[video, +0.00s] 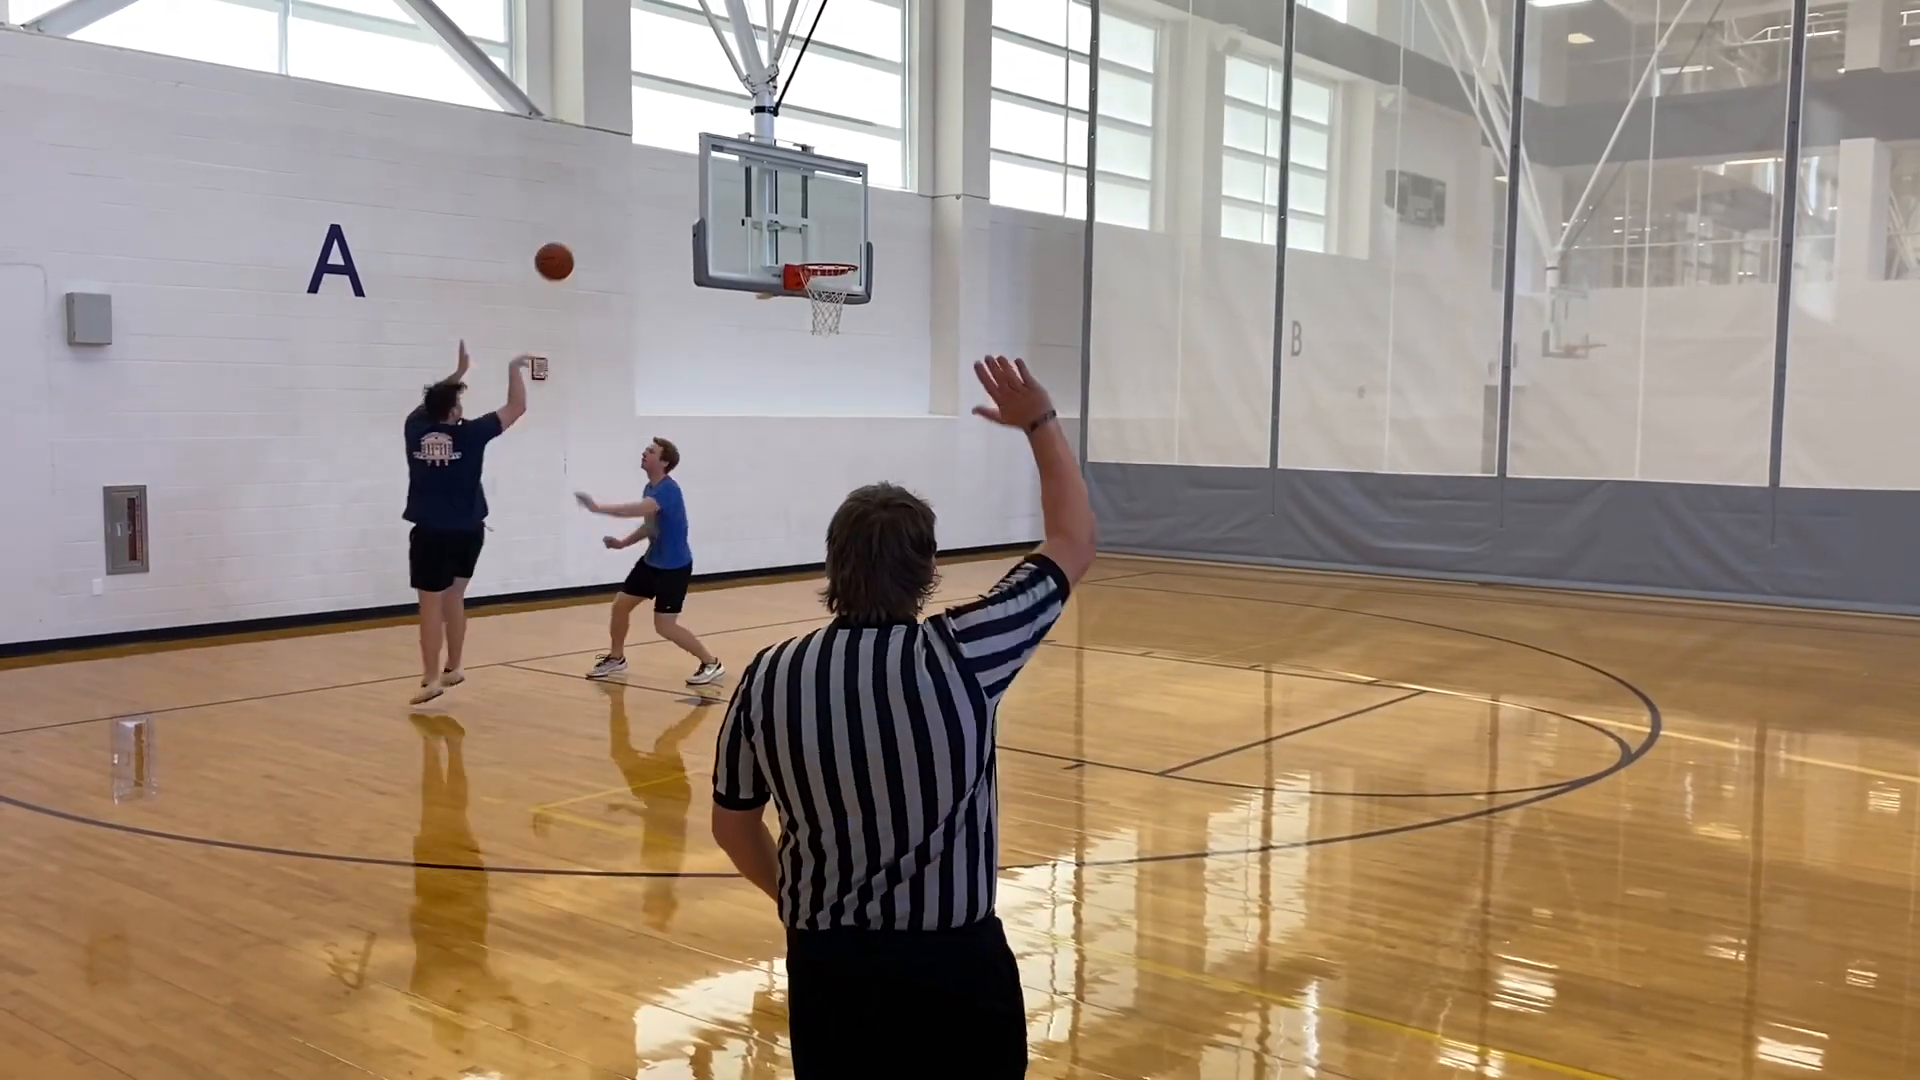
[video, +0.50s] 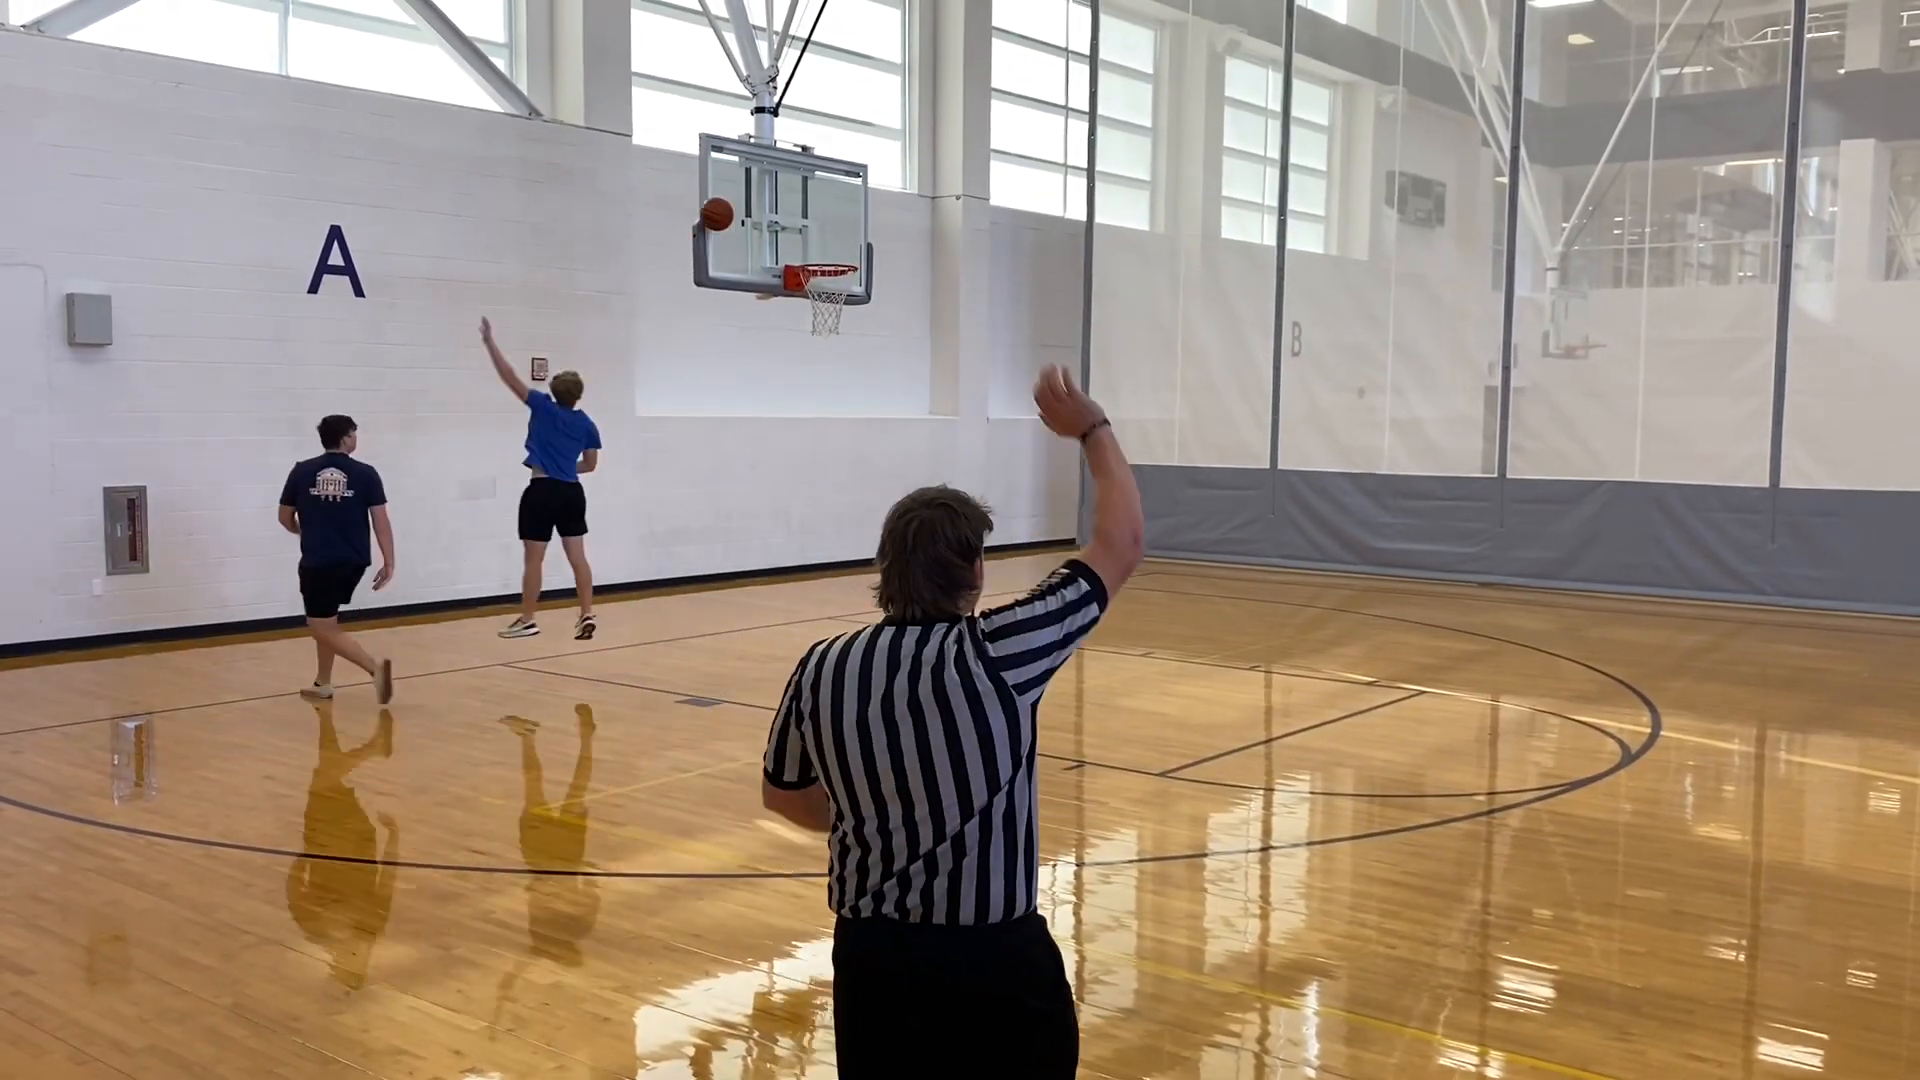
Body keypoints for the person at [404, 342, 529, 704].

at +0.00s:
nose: (463, 406)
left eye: (460, 403)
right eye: (461, 403)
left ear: (430, 408)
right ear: (456, 409)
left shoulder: (415, 429)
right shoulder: (473, 432)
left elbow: (432, 401)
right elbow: (516, 407)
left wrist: (457, 374)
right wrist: (515, 367)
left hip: (428, 532)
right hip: (468, 531)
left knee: (430, 606)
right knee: (454, 597)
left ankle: (431, 680)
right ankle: (453, 668)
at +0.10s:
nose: (437, 438)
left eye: (434, 434)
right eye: (435, 435)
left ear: (404, 439)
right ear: (430, 440)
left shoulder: (390, 464)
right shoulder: (449, 465)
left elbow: (394, 442)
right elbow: (504, 467)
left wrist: (418, 421)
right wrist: (509, 425)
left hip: (402, 560)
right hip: (442, 559)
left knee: (401, 627)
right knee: (428, 622)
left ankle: (417, 697)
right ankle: (446, 690)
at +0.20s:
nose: (414, 444)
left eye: (411, 439)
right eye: (411, 440)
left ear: (382, 448)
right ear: (406, 445)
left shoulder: (367, 479)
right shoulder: (429, 476)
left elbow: (348, 500)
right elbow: (463, 515)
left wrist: (372, 482)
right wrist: (493, 513)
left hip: (380, 570)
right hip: (419, 568)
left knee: (387, 636)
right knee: (393, 606)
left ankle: (415, 695)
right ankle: (419, 665)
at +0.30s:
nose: (394, 440)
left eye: (392, 435)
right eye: (392, 436)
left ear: (363, 443)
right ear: (384, 441)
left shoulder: (345, 476)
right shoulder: (407, 473)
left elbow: (327, 513)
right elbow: (426, 521)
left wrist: (356, 498)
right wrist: (445, 557)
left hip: (362, 564)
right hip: (401, 562)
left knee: (376, 632)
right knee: (365, 610)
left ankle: (415, 690)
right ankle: (361, 672)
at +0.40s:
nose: (376, 437)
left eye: (375, 432)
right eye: (374, 433)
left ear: (345, 439)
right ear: (366, 438)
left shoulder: (323, 469)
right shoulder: (385, 472)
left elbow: (306, 513)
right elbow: (396, 522)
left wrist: (336, 507)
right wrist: (408, 560)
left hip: (338, 561)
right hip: (375, 560)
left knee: (362, 631)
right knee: (343, 619)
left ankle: (406, 680)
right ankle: (326, 681)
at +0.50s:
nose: (357, 439)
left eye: (355, 434)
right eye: (354, 435)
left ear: (325, 440)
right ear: (346, 439)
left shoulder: (302, 470)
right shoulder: (365, 473)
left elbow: (285, 517)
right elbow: (380, 522)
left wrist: (307, 534)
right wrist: (389, 562)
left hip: (316, 559)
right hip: (353, 559)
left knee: (321, 628)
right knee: (326, 620)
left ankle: (375, 667)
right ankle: (323, 683)